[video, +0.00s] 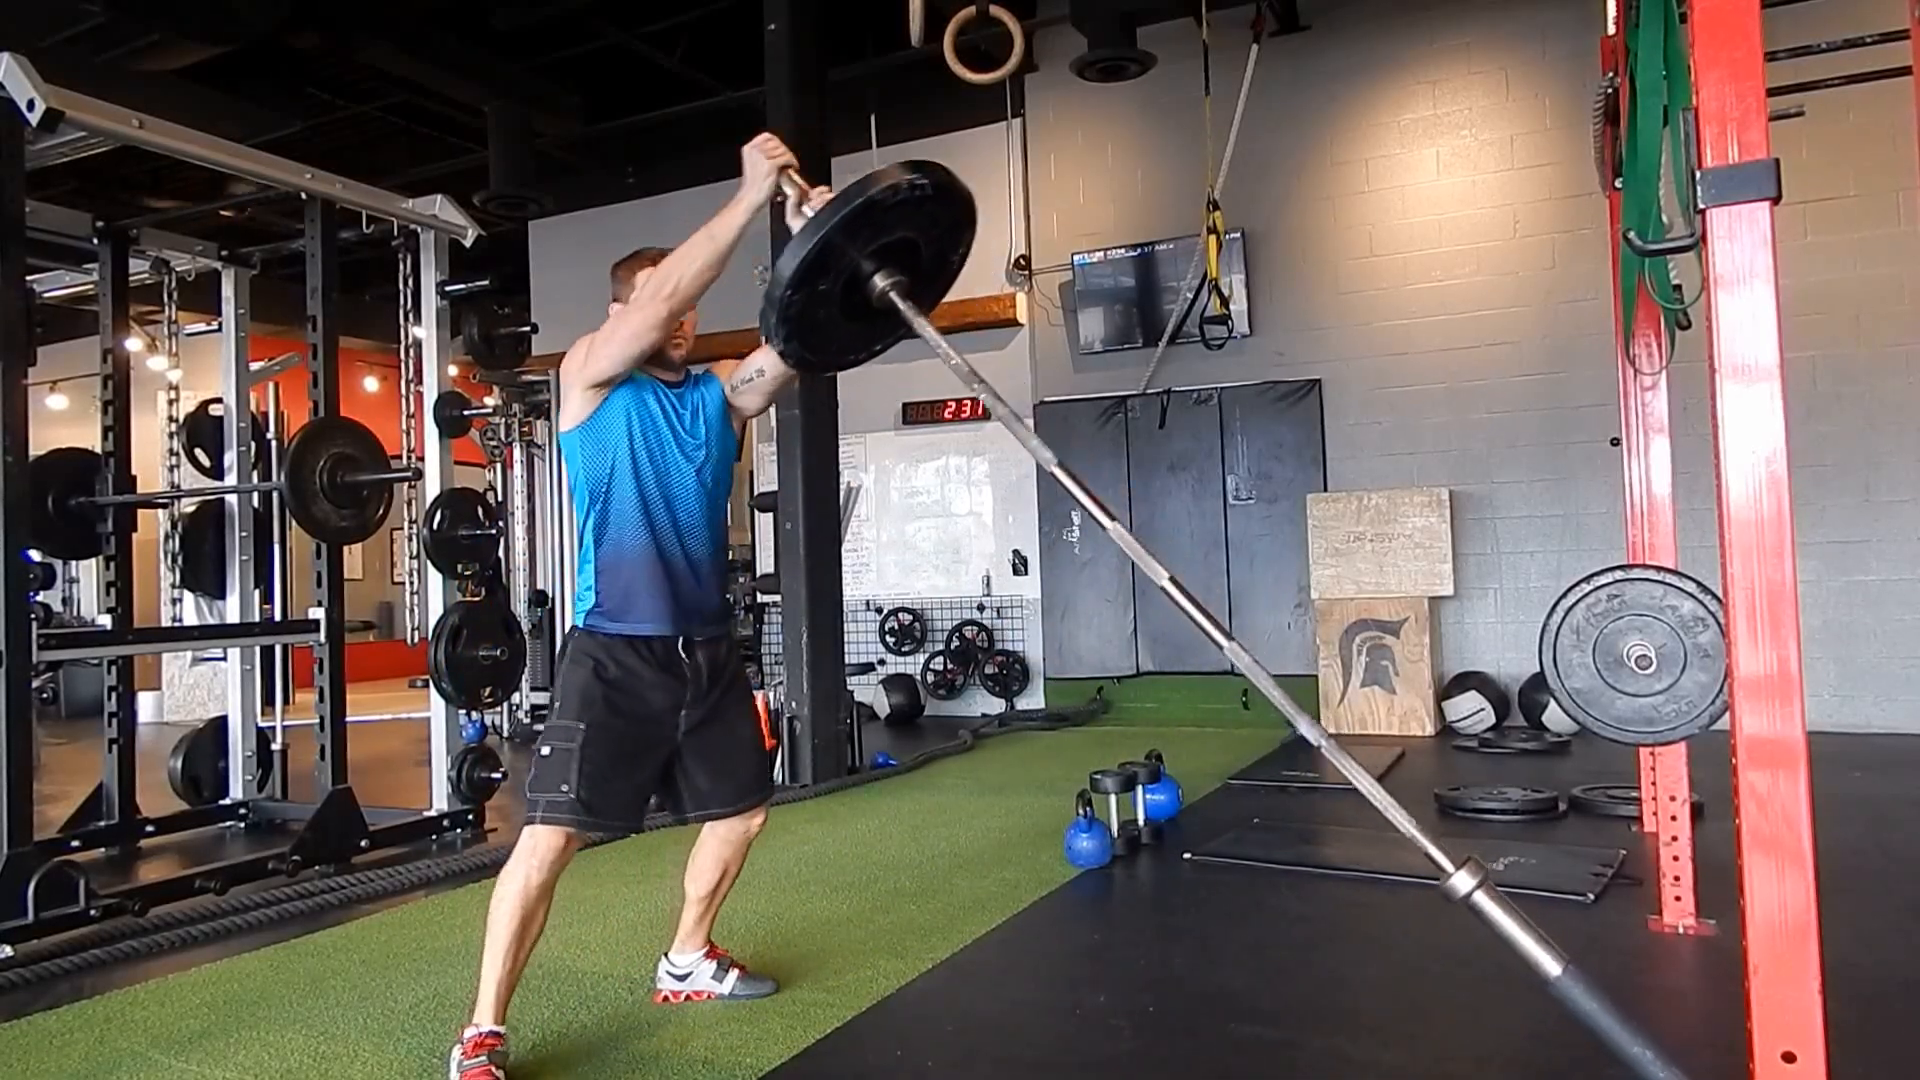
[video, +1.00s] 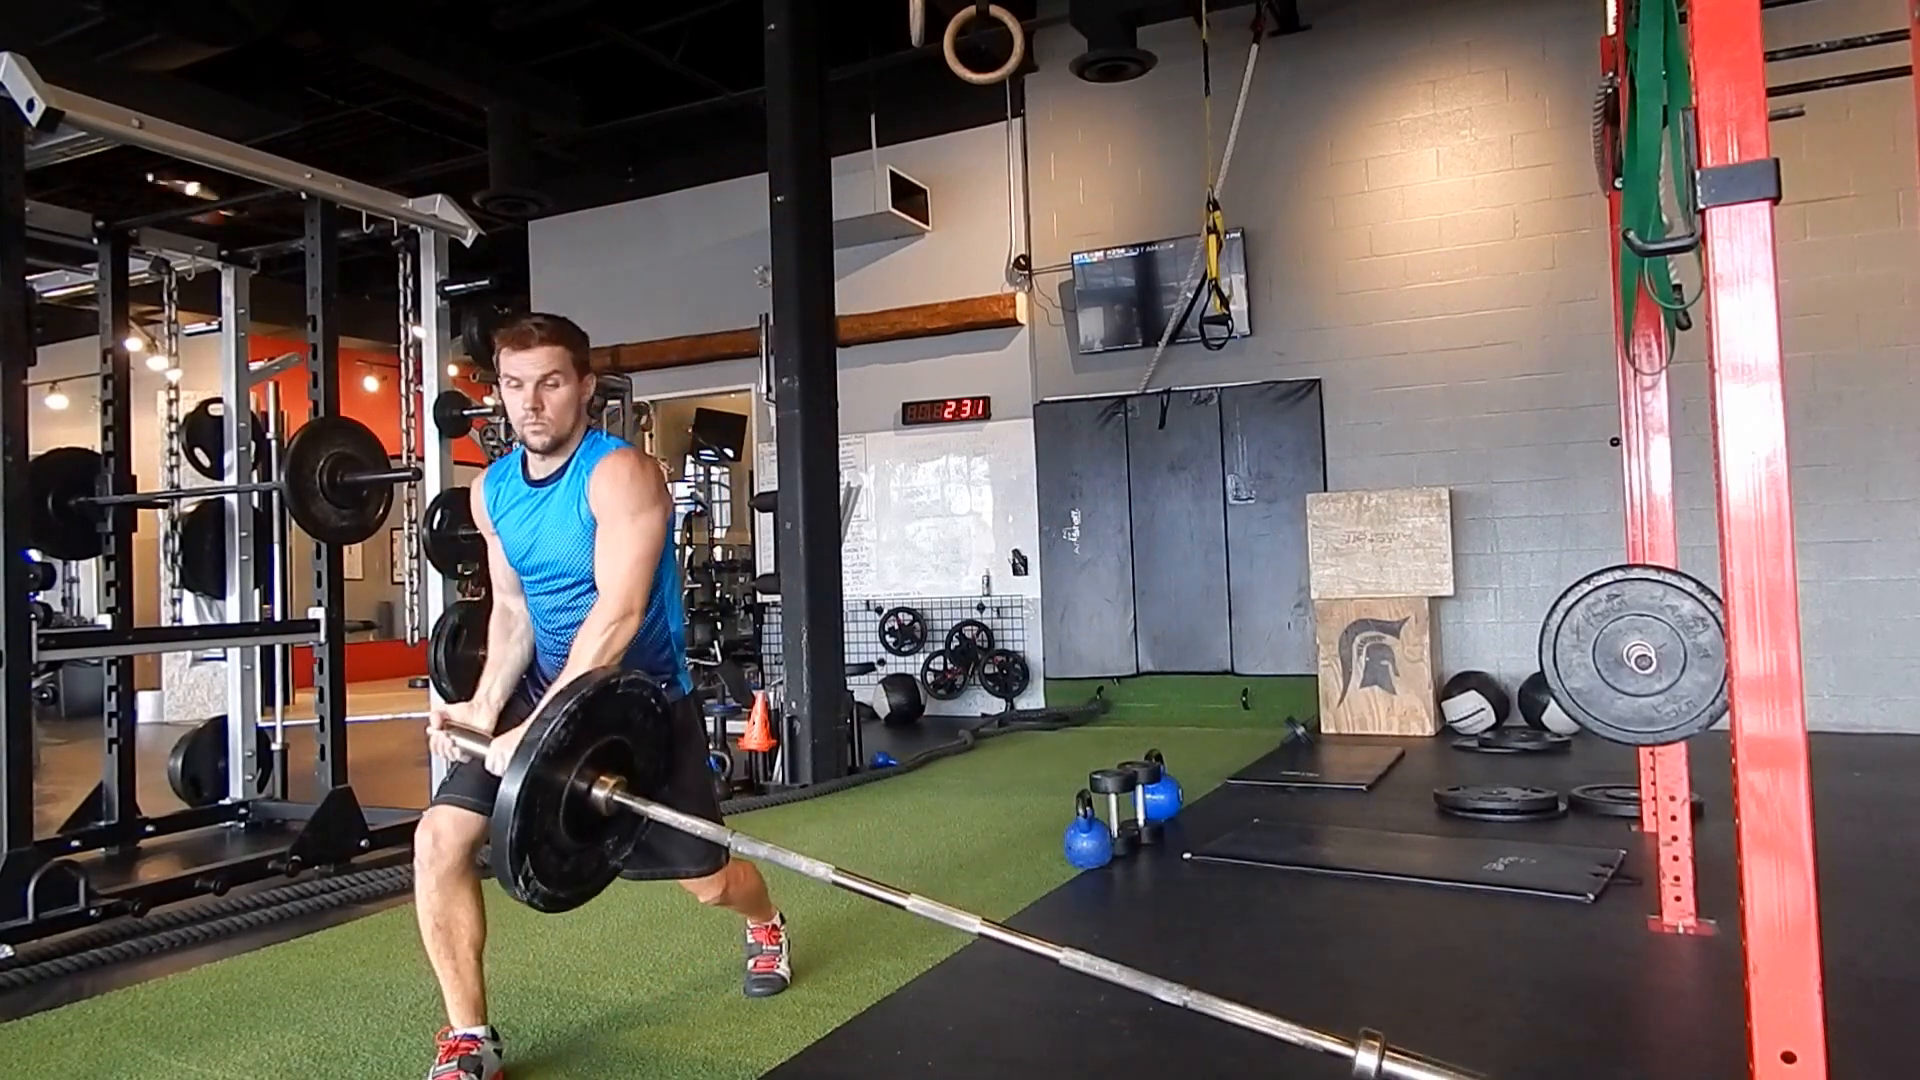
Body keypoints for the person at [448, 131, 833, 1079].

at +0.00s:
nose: (686, 307)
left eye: (686, 295)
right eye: (668, 295)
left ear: (686, 311)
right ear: (624, 308)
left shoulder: (720, 394)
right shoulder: (585, 380)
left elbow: (805, 341)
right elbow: (665, 296)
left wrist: (816, 234)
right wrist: (751, 194)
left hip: (708, 657)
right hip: (609, 656)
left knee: (741, 807)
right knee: (551, 836)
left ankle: (685, 961)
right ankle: (484, 1029)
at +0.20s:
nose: (655, 333)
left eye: (671, 320)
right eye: (642, 318)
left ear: (695, 331)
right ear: (615, 325)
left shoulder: (715, 411)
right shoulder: (574, 405)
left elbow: (767, 355)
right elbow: (570, 357)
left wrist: (728, 283)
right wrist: (634, 259)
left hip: (697, 662)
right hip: (586, 663)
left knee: (734, 815)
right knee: (519, 831)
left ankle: (695, 948)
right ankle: (475, 1027)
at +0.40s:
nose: (620, 342)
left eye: (636, 326)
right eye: (604, 329)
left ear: (666, 326)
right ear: (585, 332)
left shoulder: (694, 397)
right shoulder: (554, 394)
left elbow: (694, 448)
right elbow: (496, 483)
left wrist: (625, 386)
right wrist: (504, 403)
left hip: (671, 667)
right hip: (557, 668)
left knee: (722, 832)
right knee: (491, 834)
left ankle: (727, 935)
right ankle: (472, 1032)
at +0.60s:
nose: (574, 362)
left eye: (591, 345)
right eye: (559, 345)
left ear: (626, 348)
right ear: (545, 349)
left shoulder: (663, 431)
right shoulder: (515, 441)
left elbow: (626, 544)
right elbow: (490, 555)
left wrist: (512, 576)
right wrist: (440, 561)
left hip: (644, 674)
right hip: (534, 673)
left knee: (712, 843)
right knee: (468, 840)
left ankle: (753, 927)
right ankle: (469, 1034)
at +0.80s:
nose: (537, 385)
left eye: (556, 366)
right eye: (522, 369)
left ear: (594, 369)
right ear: (508, 376)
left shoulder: (632, 454)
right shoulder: (497, 474)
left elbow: (615, 586)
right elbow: (497, 597)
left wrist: (524, 688)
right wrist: (462, 678)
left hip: (640, 689)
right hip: (532, 687)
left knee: (708, 863)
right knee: (448, 839)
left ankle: (767, 922)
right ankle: (467, 1038)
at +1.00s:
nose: (531, 400)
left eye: (549, 381)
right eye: (515, 384)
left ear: (586, 385)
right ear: (501, 393)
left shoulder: (624, 474)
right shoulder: (493, 489)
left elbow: (619, 619)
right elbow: (510, 609)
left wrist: (534, 733)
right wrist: (483, 703)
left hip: (642, 700)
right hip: (539, 700)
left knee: (710, 883)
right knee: (439, 841)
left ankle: (768, 922)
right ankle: (469, 1038)